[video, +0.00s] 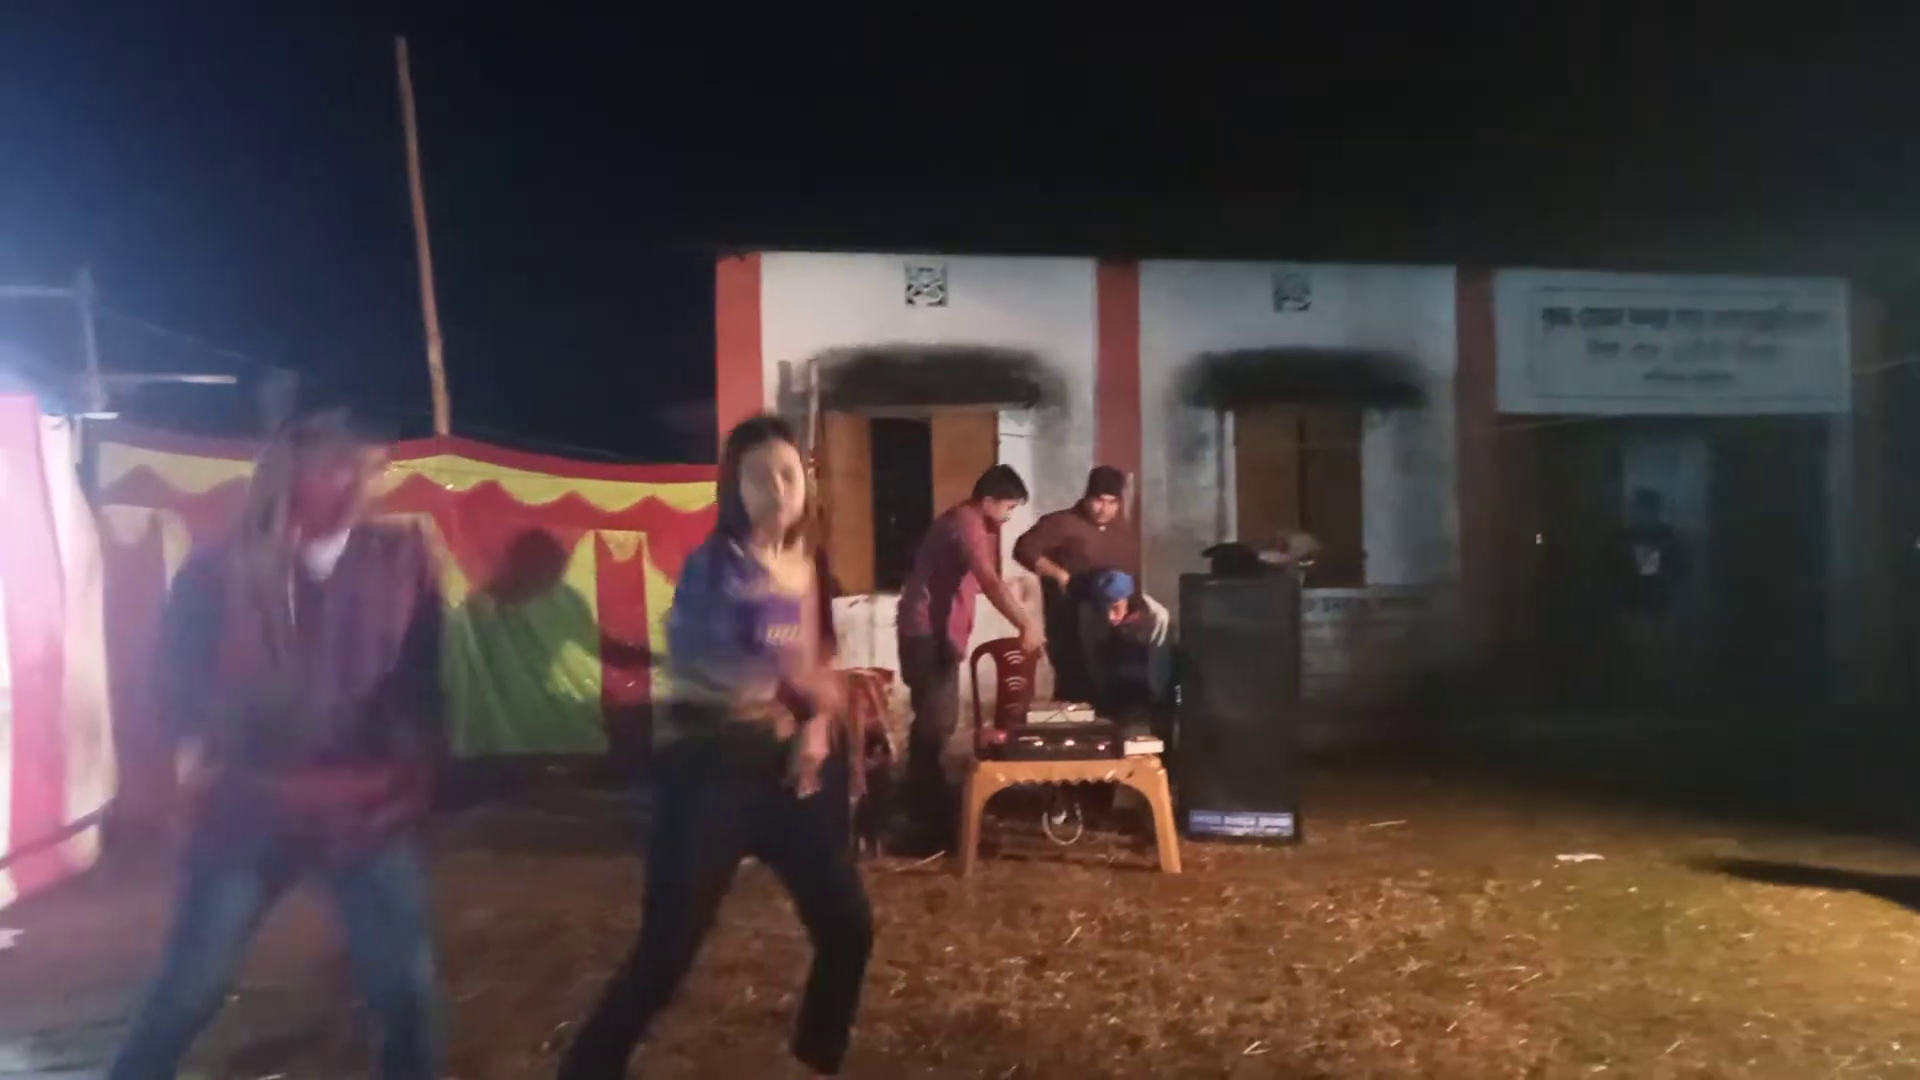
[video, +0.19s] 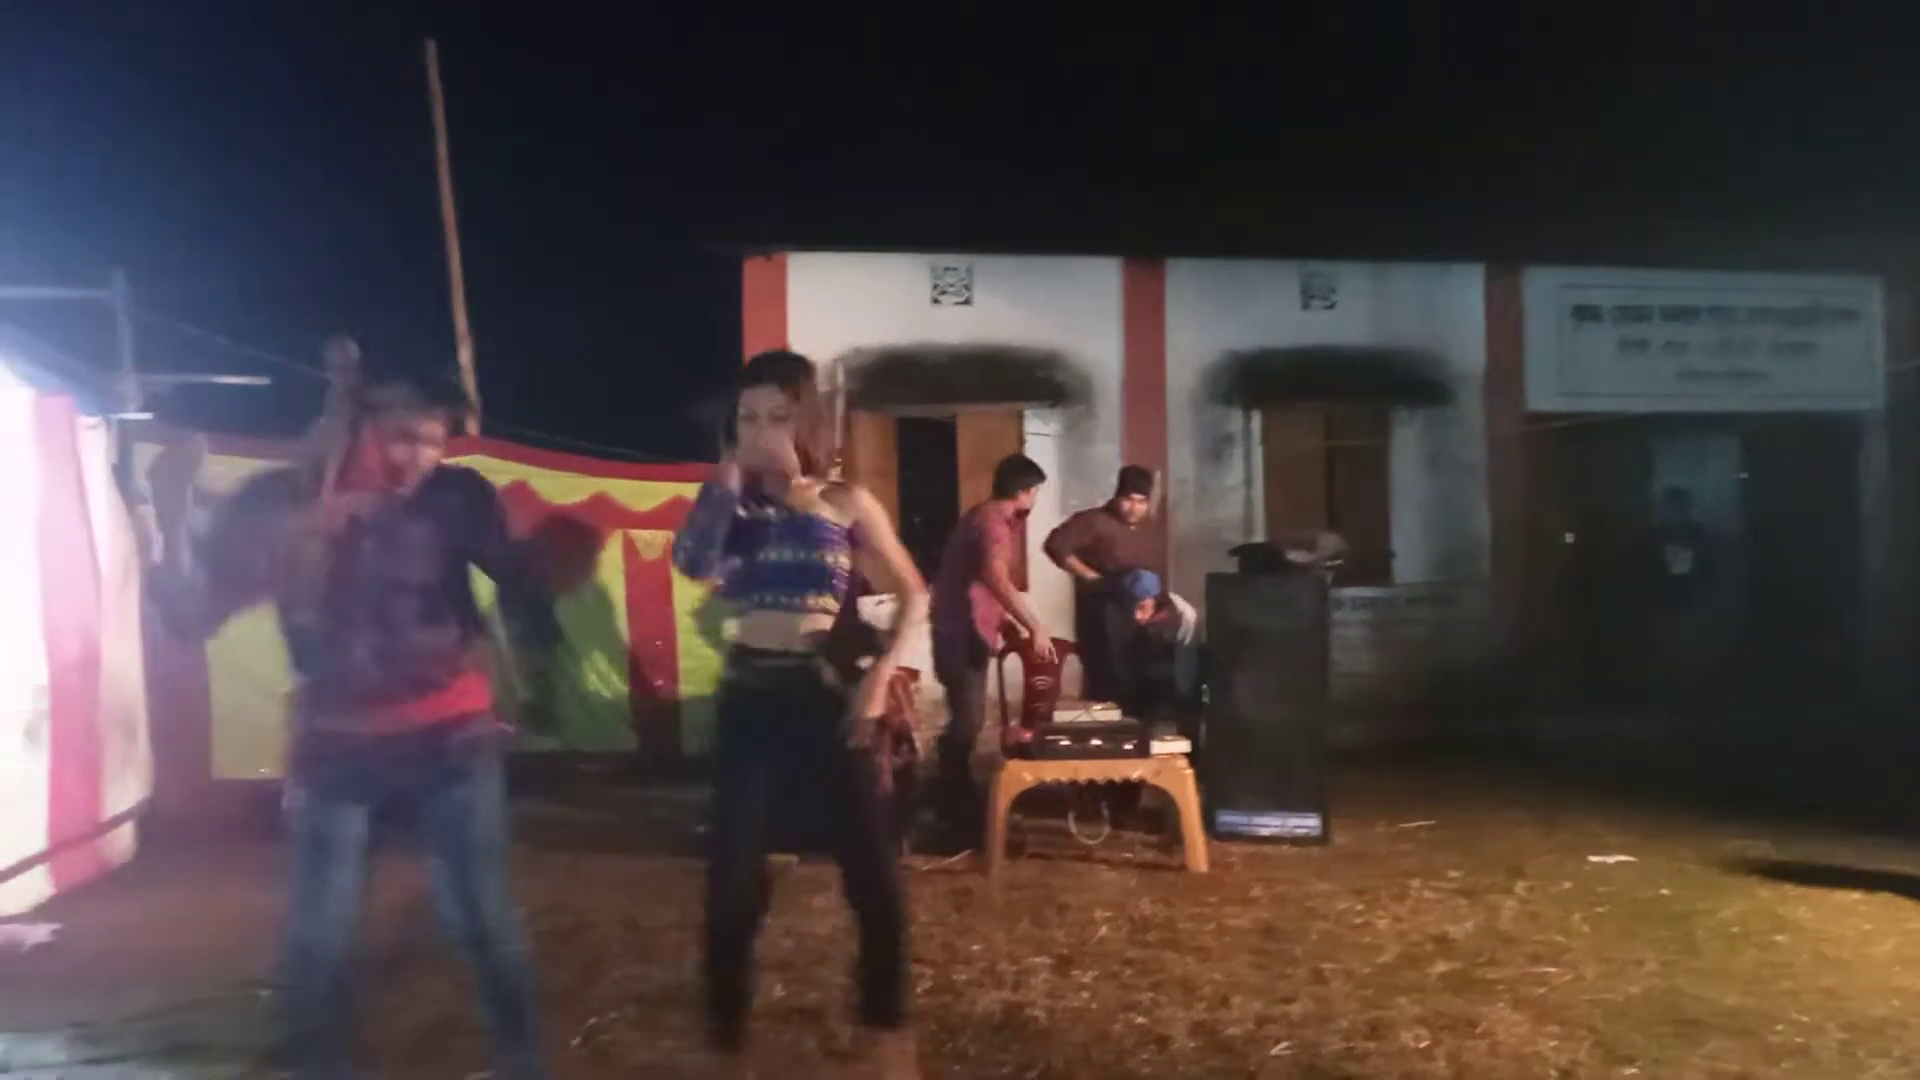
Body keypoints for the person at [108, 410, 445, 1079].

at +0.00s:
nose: (346, 485)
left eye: (358, 467)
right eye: (328, 466)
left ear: (375, 472)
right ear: (289, 472)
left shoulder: (401, 561)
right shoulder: (221, 573)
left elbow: (419, 683)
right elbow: (181, 684)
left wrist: (410, 770)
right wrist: (193, 752)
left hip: (368, 806)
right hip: (249, 811)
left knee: (408, 987)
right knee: (192, 990)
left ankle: (413, 1071)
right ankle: (133, 1071)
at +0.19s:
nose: (418, 462)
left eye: (433, 445)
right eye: (404, 440)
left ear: (447, 443)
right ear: (363, 424)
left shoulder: (458, 497)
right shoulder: (284, 504)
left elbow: (526, 585)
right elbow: (189, 615)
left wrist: (562, 553)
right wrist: (170, 514)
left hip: (454, 740)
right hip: (339, 749)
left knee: (484, 920)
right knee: (318, 939)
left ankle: (520, 1063)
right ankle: (314, 1068)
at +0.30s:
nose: (425, 485)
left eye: (439, 468)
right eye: (411, 469)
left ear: (464, 467)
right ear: (385, 466)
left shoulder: (492, 529)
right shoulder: (337, 532)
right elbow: (250, 622)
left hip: (483, 762)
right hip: (379, 773)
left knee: (519, 935)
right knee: (374, 959)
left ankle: (582, 1058)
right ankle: (390, 1066)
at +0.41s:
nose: (458, 519)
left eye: (473, 501)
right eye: (444, 499)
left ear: (499, 501)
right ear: (420, 498)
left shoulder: (541, 569)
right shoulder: (388, 575)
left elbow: (587, 666)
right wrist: (273, 683)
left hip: (553, 791)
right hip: (455, 806)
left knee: (605, 961)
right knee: (437, 977)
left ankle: (652, 1065)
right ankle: (438, 1068)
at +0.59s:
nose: (562, 479)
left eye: (573, 462)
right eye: (548, 462)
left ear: (590, 456)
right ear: (513, 456)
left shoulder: (622, 516)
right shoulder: (456, 525)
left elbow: (706, 589)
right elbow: (350, 589)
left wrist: (740, 647)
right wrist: (277, 566)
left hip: (656, 741)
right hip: (558, 756)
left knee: (700, 914)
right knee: (520, 934)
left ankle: (739, 1061)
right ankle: (510, 1067)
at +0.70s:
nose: (618, 482)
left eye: (631, 465)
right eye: (602, 465)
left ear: (646, 467)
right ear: (567, 461)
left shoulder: (678, 538)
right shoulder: (516, 541)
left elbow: (740, 651)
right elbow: (437, 637)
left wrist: (752, 754)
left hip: (678, 772)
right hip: (581, 780)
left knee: (724, 949)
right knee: (539, 956)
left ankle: (767, 1066)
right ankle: (527, 1069)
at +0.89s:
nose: (678, 489)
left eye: (681, 474)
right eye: (662, 474)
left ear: (682, 483)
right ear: (616, 480)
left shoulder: (713, 568)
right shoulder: (555, 569)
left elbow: (732, 680)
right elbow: (518, 683)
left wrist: (752, 759)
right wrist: (567, 754)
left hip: (685, 789)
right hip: (587, 793)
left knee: (733, 954)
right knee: (562, 968)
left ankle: (800, 1064)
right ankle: (564, 1069)